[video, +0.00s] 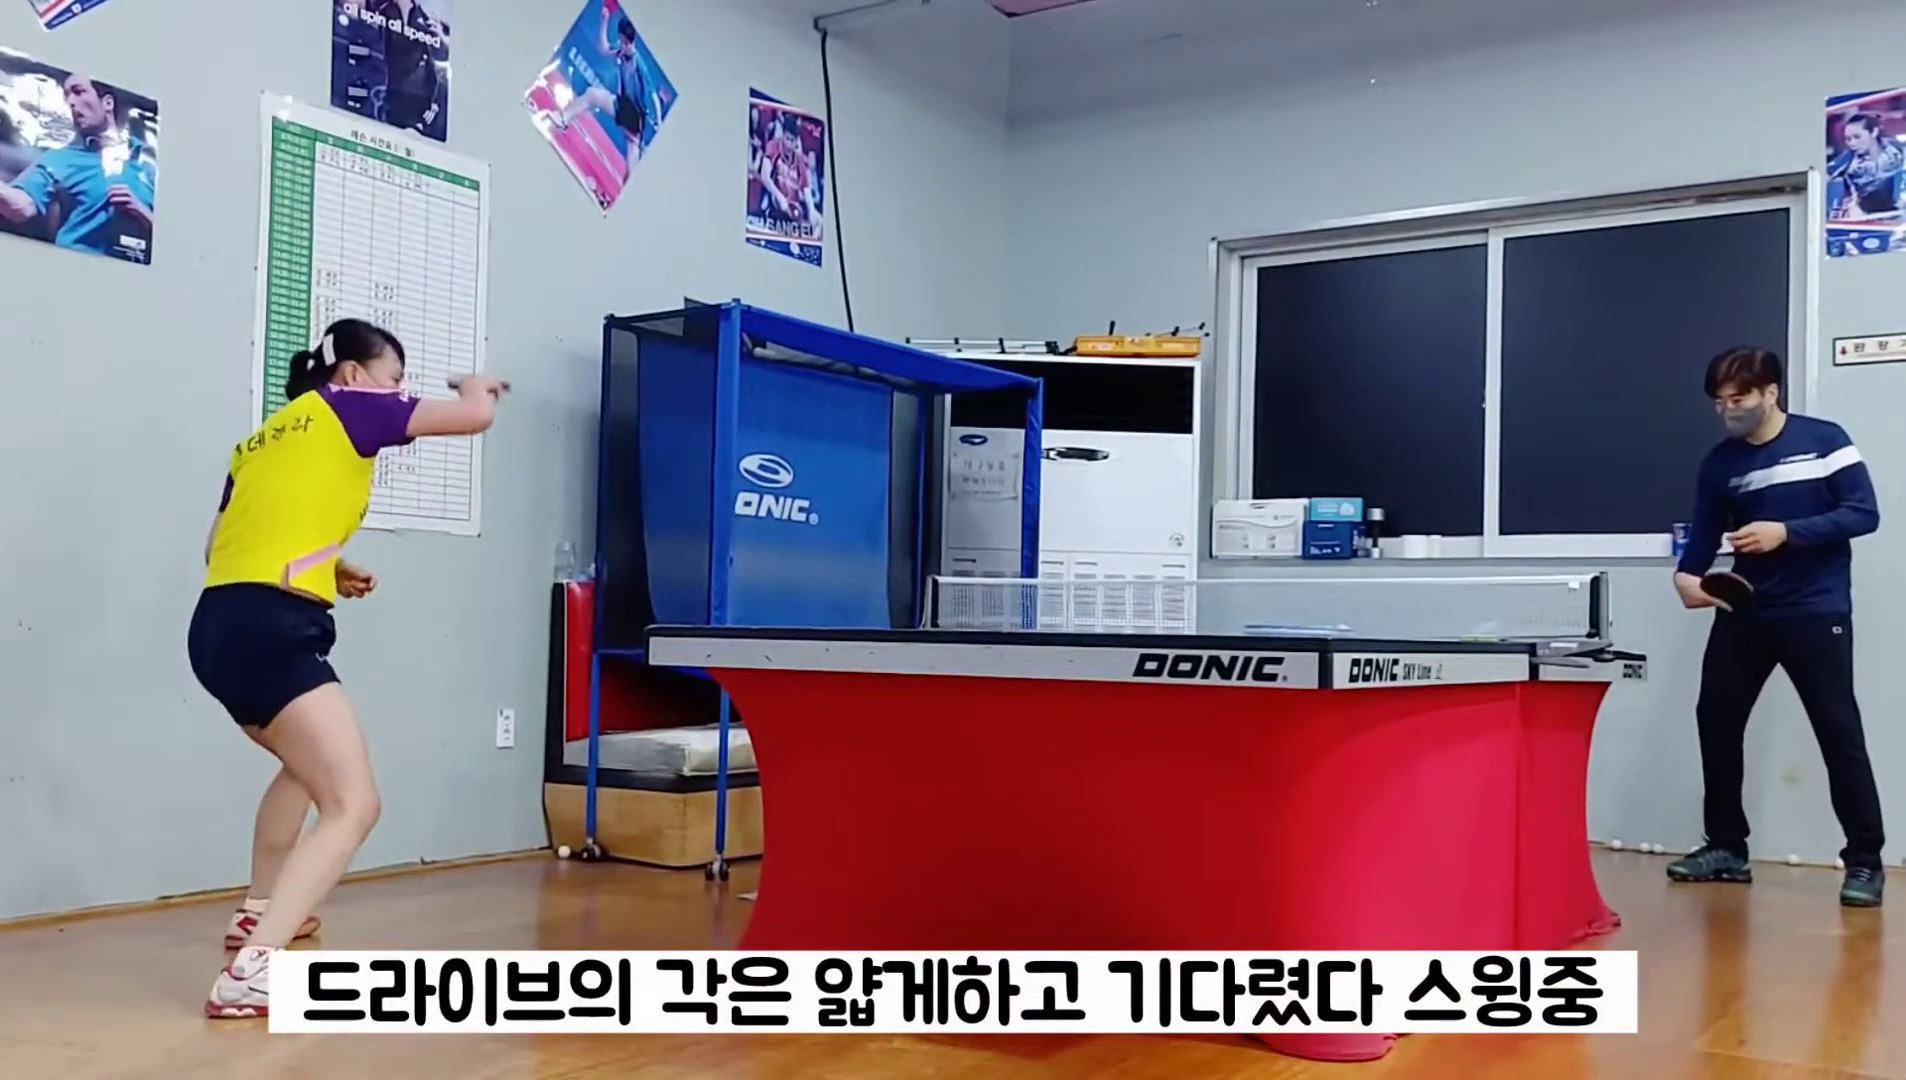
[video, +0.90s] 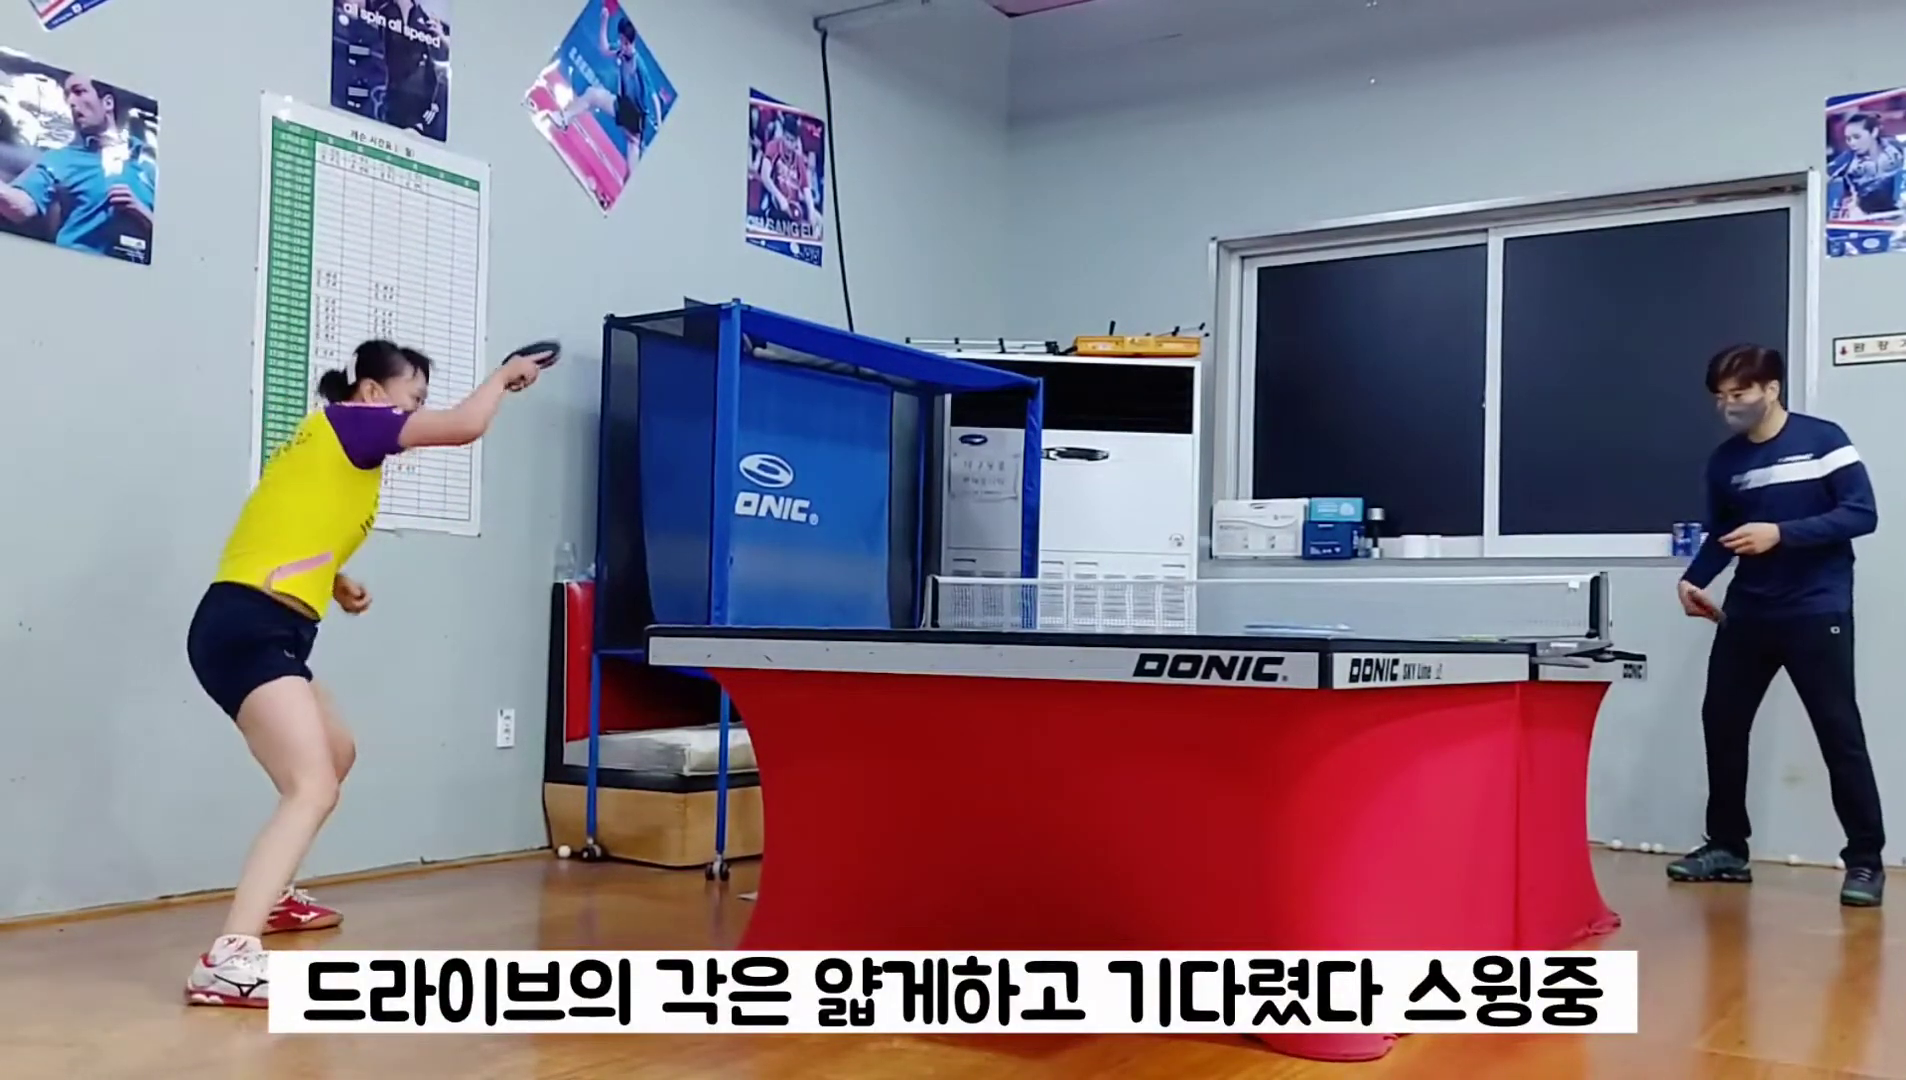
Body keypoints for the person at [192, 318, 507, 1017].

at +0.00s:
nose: (396, 393)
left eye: (398, 382)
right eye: (390, 379)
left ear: (326, 376)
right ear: (351, 371)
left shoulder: (257, 441)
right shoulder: (351, 406)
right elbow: (474, 416)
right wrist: (481, 386)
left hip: (214, 628)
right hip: (270, 625)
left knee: (303, 770)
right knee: (353, 806)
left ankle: (260, 911)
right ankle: (251, 970)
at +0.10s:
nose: (397, 369)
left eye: (398, 356)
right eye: (390, 352)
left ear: (336, 350)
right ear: (349, 343)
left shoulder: (288, 404)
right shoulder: (334, 388)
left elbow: (279, 491)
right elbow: (434, 446)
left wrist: (341, 537)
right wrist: (482, 439)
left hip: (242, 606)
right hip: (268, 608)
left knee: (306, 773)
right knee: (334, 784)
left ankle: (261, 908)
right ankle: (253, 965)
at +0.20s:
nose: (401, 342)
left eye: (401, 329)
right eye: (392, 328)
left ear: (355, 334)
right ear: (348, 330)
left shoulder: (343, 402)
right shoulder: (312, 384)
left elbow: (315, 503)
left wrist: (359, 527)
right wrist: (418, 519)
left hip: (298, 607)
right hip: (253, 600)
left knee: (333, 767)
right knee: (321, 764)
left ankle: (253, 897)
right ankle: (261, 958)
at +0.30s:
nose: (395, 362)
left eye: (395, 349)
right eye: (384, 348)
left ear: (355, 358)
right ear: (337, 357)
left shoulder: (383, 444)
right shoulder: (272, 430)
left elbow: (356, 522)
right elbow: (208, 534)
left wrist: (377, 544)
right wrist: (231, 581)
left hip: (323, 632)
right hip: (251, 625)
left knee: (346, 795)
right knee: (323, 767)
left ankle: (246, 898)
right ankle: (260, 960)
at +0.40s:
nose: (389, 401)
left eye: (389, 388)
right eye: (376, 389)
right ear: (326, 398)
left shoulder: (391, 474)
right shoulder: (253, 468)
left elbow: (394, 556)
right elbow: (164, 553)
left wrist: (375, 584)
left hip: (329, 654)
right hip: (247, 642)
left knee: (349, 824)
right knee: (320, 766)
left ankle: (248, 892)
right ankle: (263, 961)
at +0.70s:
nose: (402, 372)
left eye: (407, 360)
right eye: (392, 357)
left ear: (392, 363)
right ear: (346, 354)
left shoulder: (386, 437)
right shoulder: (283, 416)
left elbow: (369, 522)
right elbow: (209, 503)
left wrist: (378, 541)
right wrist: (146, 527)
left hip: (324, 622)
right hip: (256, 607)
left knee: (344, 784)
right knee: (289, 762)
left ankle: (250, 889)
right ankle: (255, 957)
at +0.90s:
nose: (417, 407)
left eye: (419, 397)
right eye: (411, 394)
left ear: (366, 388)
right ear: (372, 385)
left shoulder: (340, 439)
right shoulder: (351, 423)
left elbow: (292, 522)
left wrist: (336, 578)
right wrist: (502, 377)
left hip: (268, 630)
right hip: (246, 626)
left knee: (336, 752)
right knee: (312, 787)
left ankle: (270, 894)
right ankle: (228, 953)